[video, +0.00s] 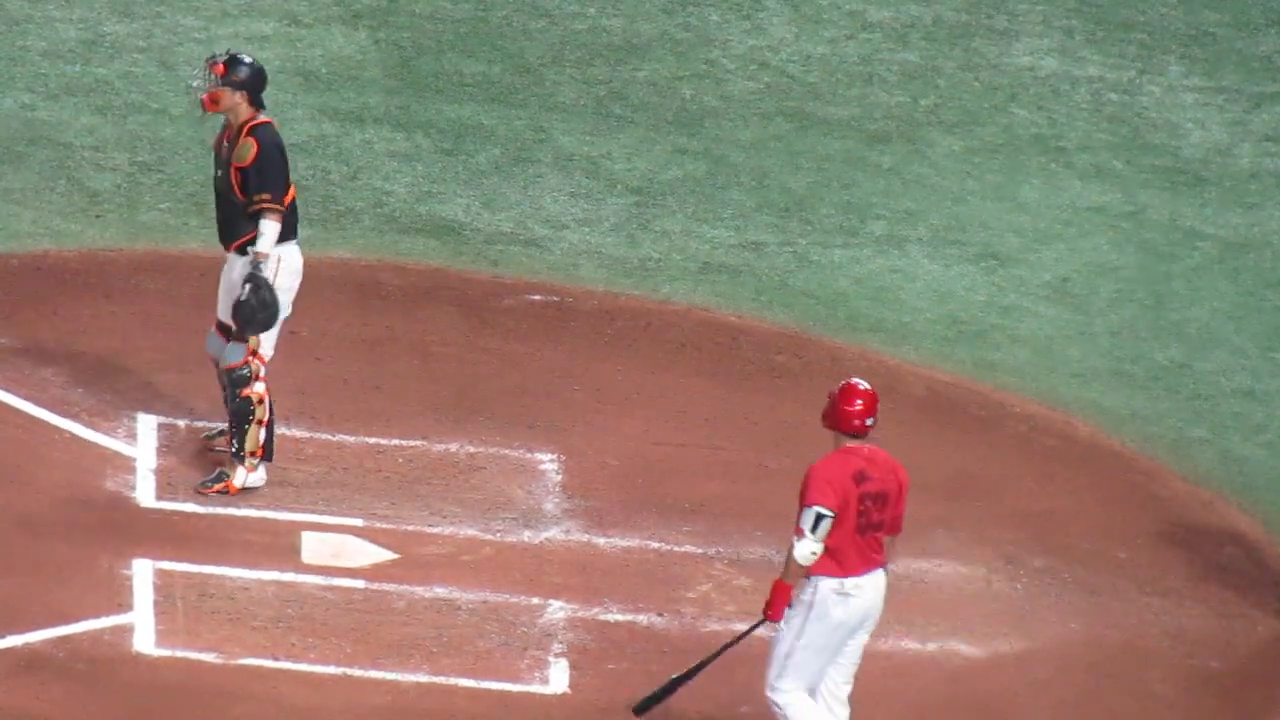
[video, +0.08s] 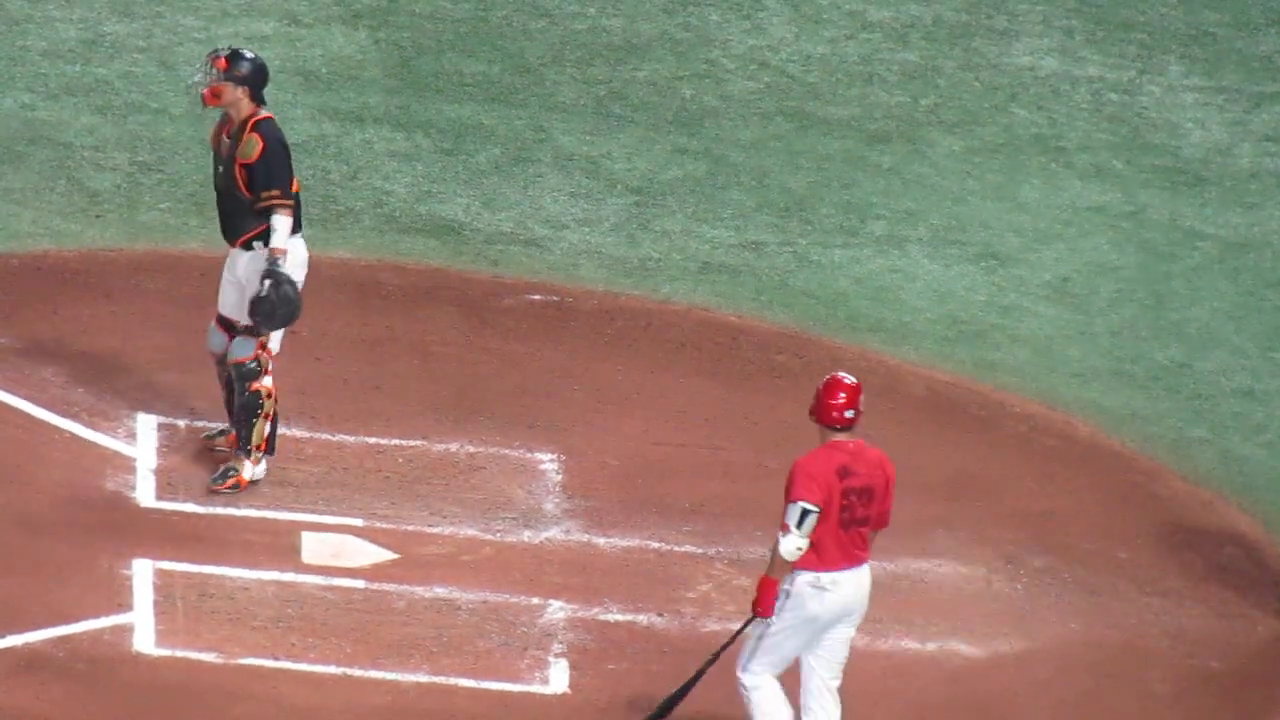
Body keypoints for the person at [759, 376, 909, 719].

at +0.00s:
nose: (826, 412)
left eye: (829, 407)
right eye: (832, 406)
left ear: (832, 418)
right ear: (872, 420)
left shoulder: (828, 470)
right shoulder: (892, 468)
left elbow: (807, 544)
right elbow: (889, 536)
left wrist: (781, 591)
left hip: (829, 592)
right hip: (872, 589)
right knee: (833, 693)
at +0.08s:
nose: (824, 412)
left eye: (821, 407)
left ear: (817, 414)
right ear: (857, 414)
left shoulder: (813, 465)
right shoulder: (880, 462)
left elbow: (793, 540)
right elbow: (874, 526)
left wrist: (769, 584)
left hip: (814, 588)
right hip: (857, 583)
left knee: (754, 671)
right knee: (822, 687)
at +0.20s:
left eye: (802, 398)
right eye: (827, 398)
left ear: (796, 404)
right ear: (835, 404)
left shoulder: (785, 455)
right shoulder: (857, 453)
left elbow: (768, 530)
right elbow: (860, 514)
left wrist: (750, 576)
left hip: (788, 577)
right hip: (833, 576)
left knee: (732, 666)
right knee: (812, 683)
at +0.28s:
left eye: (785, 395)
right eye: (812, 395)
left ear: (778, 401)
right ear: (817, 401)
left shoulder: (764, 451)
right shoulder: (840, 451)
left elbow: (748, 526)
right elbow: (843, 511)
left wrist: (730, 571)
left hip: (768, 572)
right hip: (816, 573)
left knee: (716, 670)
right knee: (802, 680)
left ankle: (691, 717)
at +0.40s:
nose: (768, 394)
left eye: (759, 389)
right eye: (784, 388)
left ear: (749, 393)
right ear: (788, 395)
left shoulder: (733, 443)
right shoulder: (812, 444)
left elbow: (715, 520)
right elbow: (817, 504)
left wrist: (699, 565)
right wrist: (774, 480)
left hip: (734, 564)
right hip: (785, 565)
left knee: (695, 664)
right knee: (777, 669)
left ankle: (675, 717)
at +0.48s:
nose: (746, 387)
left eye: (739, 382)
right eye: (758, 382)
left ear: (730, 386)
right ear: (769, 388)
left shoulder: (714, 436)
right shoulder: (794, 437)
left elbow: (694, 510)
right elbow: (793, 505)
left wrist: (679, 556)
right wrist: (764, 534)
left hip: (714, 556)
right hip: (765, 557)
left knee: (684, 656)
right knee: (753, 654)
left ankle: (673, 716)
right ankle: (780, 716)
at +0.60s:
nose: (727, 376)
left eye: (716, 370)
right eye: (735, 370)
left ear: (708, 375)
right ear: (747, 375)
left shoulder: (691, 423)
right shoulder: (774, 425)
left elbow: (667, 494)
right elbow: (782, 494)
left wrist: (651, 543)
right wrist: (774, 541)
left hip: (694, 545)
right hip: (743, 546)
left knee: (675, 645)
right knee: (719, 627)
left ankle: (671, 716)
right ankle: (744, 713)